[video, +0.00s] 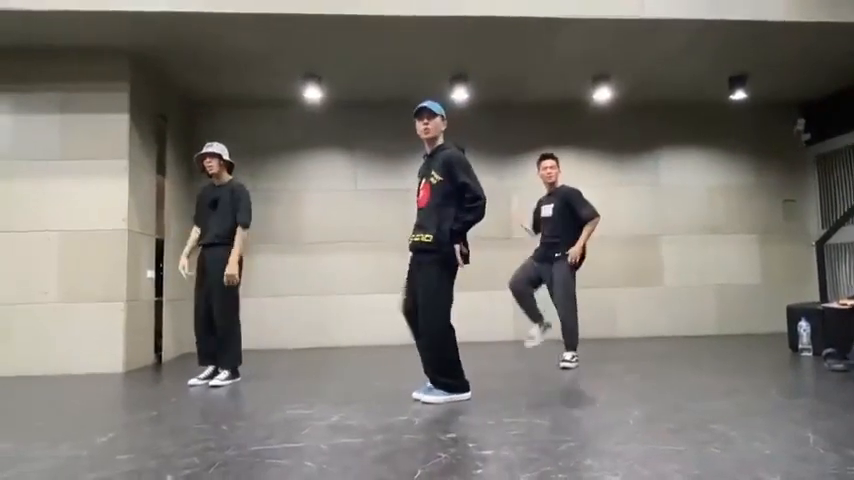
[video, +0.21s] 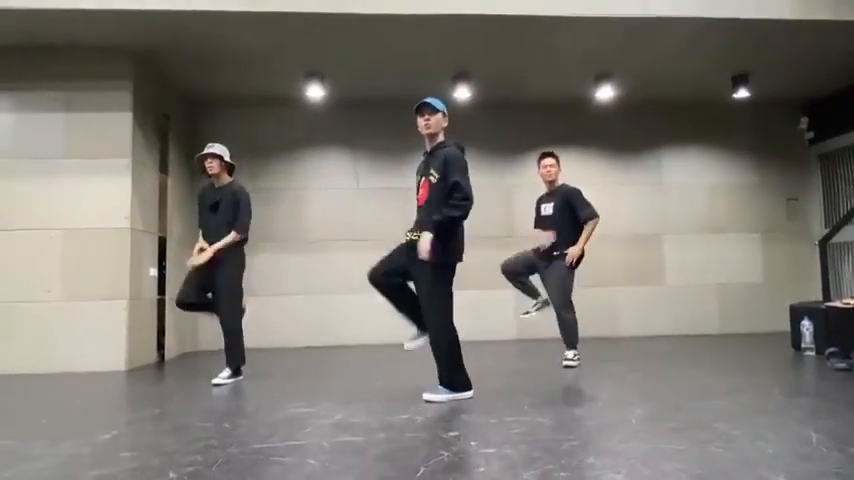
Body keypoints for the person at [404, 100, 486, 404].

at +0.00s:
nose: (425, 123)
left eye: (431, 118)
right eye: (420, 119)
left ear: (444, 123)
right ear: (416, 126)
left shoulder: (451, 157)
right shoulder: (427, 163)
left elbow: (477, 202)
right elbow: (437, 205)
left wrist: (456, 233)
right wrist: (452, 237)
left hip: (440, 253)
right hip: (422, 252)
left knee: (433, 317)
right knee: (412, 310)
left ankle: (454, 384)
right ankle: (439, 380)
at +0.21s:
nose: (426, 119)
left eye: (432, 113)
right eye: (421, 115)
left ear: (445, 119)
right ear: (417, 123)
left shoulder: (450, 155)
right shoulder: (426, 161)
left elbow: (461, 201)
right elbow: (428, 205)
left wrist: (432, 229)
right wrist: (417, 234)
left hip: (438, 248)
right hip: (419, 242)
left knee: (437, 320)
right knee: (381, 276)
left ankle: (456, 384)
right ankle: (426, 323)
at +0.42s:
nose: (421, 118)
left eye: (427, 113)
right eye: (416, 114)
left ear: (439, 118)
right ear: (412, 122)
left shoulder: (447, 151)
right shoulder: (423, 158)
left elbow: (445, 197)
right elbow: (420, 208)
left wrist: (404, 209)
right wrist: (400, 243)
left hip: (434, 250)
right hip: (413, 248)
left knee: (438, 316)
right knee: (385, 305)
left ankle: (458, 381)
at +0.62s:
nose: (414, 121)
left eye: (420, 115)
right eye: (410, 117)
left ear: (433, 120)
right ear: (406, 124)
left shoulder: (439, 154)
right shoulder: (415, 160)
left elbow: (437, 201)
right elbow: (409, 207)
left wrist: (396, 214)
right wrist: (387, 236)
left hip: (426, 250)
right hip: (406, 250)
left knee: (434, 313)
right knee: (396, 311)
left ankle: (459, 380)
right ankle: (382, 379)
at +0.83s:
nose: (405, 119)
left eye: (412, 114)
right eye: (401, 115)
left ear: (425, 120)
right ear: (398, 123)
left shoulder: (431, 151)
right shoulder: (408, 161)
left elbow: (436, 199)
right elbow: (401, 205)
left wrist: (399, 223)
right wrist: (383, 226)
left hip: (423, 249)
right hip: (404, 249)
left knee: (430, 311)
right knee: (391, 308)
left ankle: (460, 377)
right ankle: (383, 377)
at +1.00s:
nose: (390, 120)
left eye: (396, 114)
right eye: (387, 116)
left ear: (414, 118)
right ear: (390, 123)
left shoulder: (416, 146)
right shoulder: (406, 149)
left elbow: (425, 193)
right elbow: (404, 199)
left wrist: (397, 223)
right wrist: (384, 219)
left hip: (419, 244)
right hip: (404, 243)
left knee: (423, 308)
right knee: (392, 307)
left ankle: (460, 375)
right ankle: (384, 375)